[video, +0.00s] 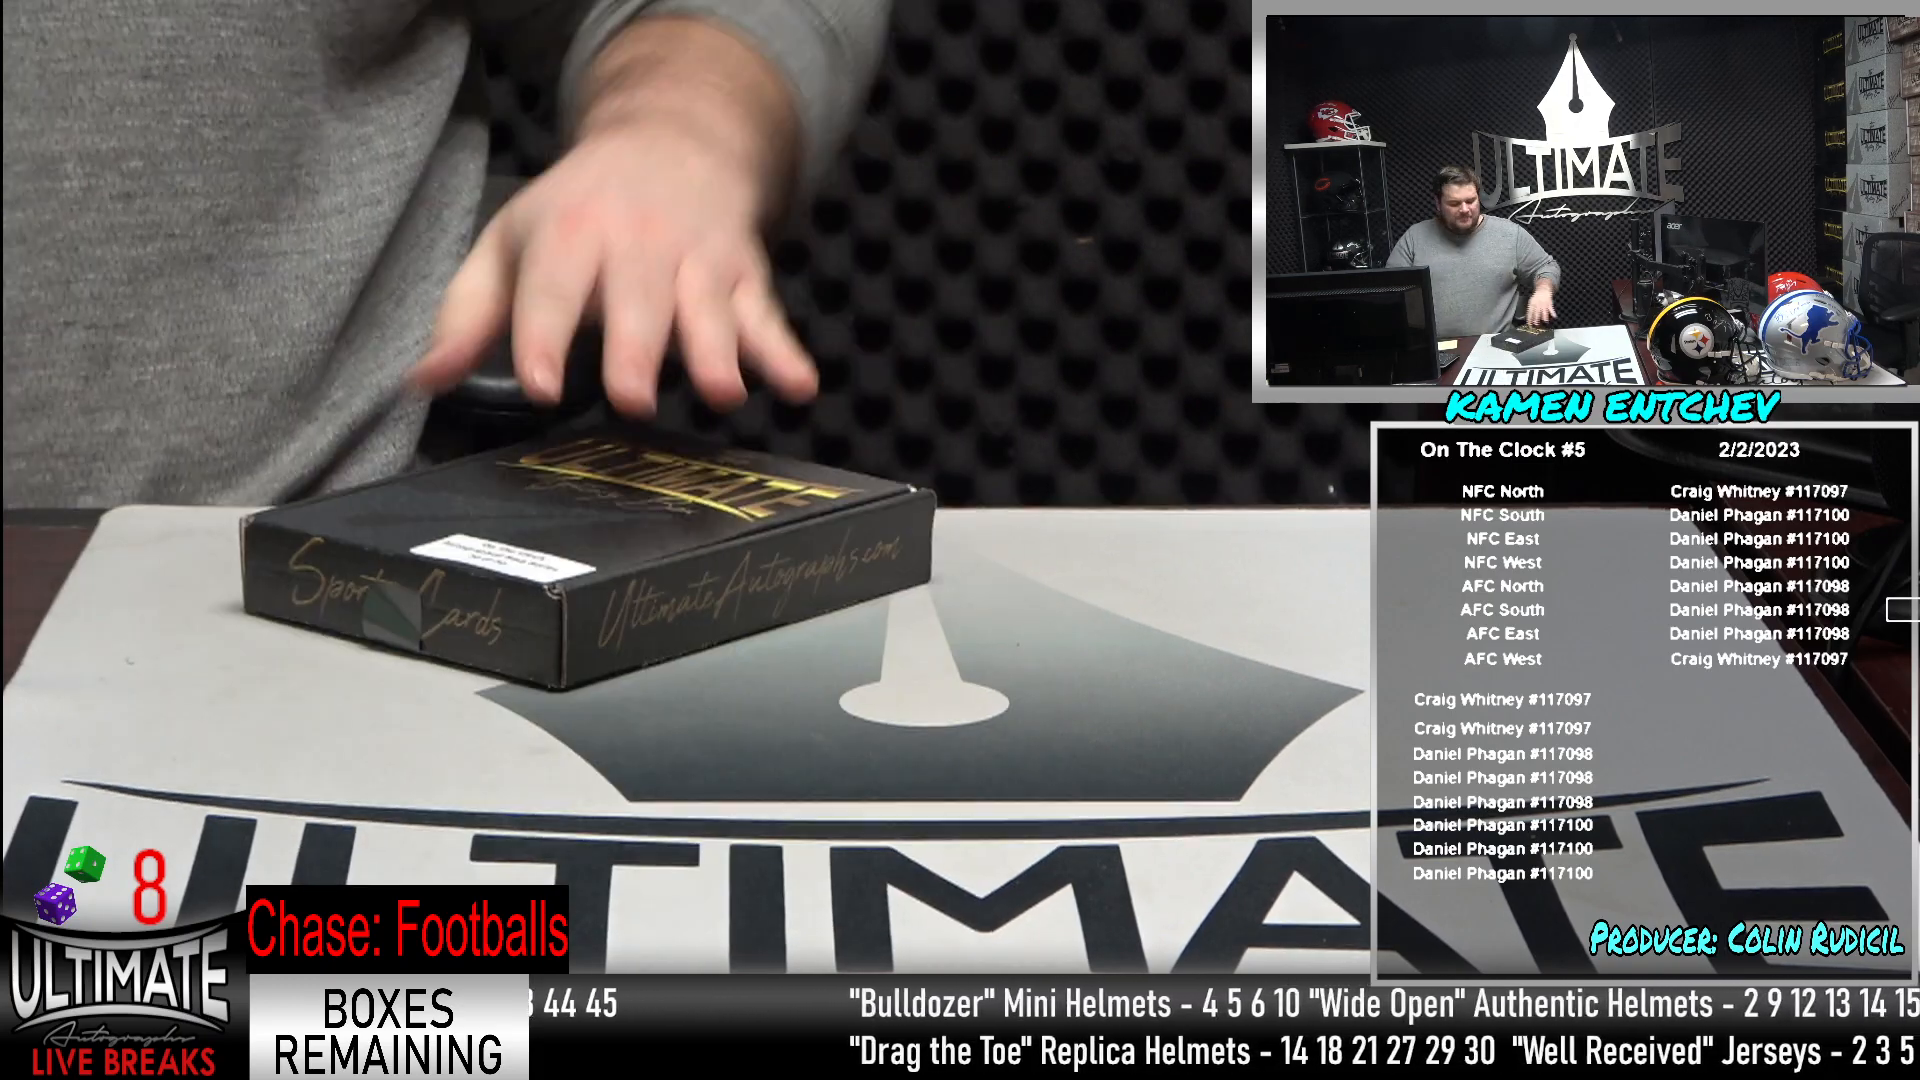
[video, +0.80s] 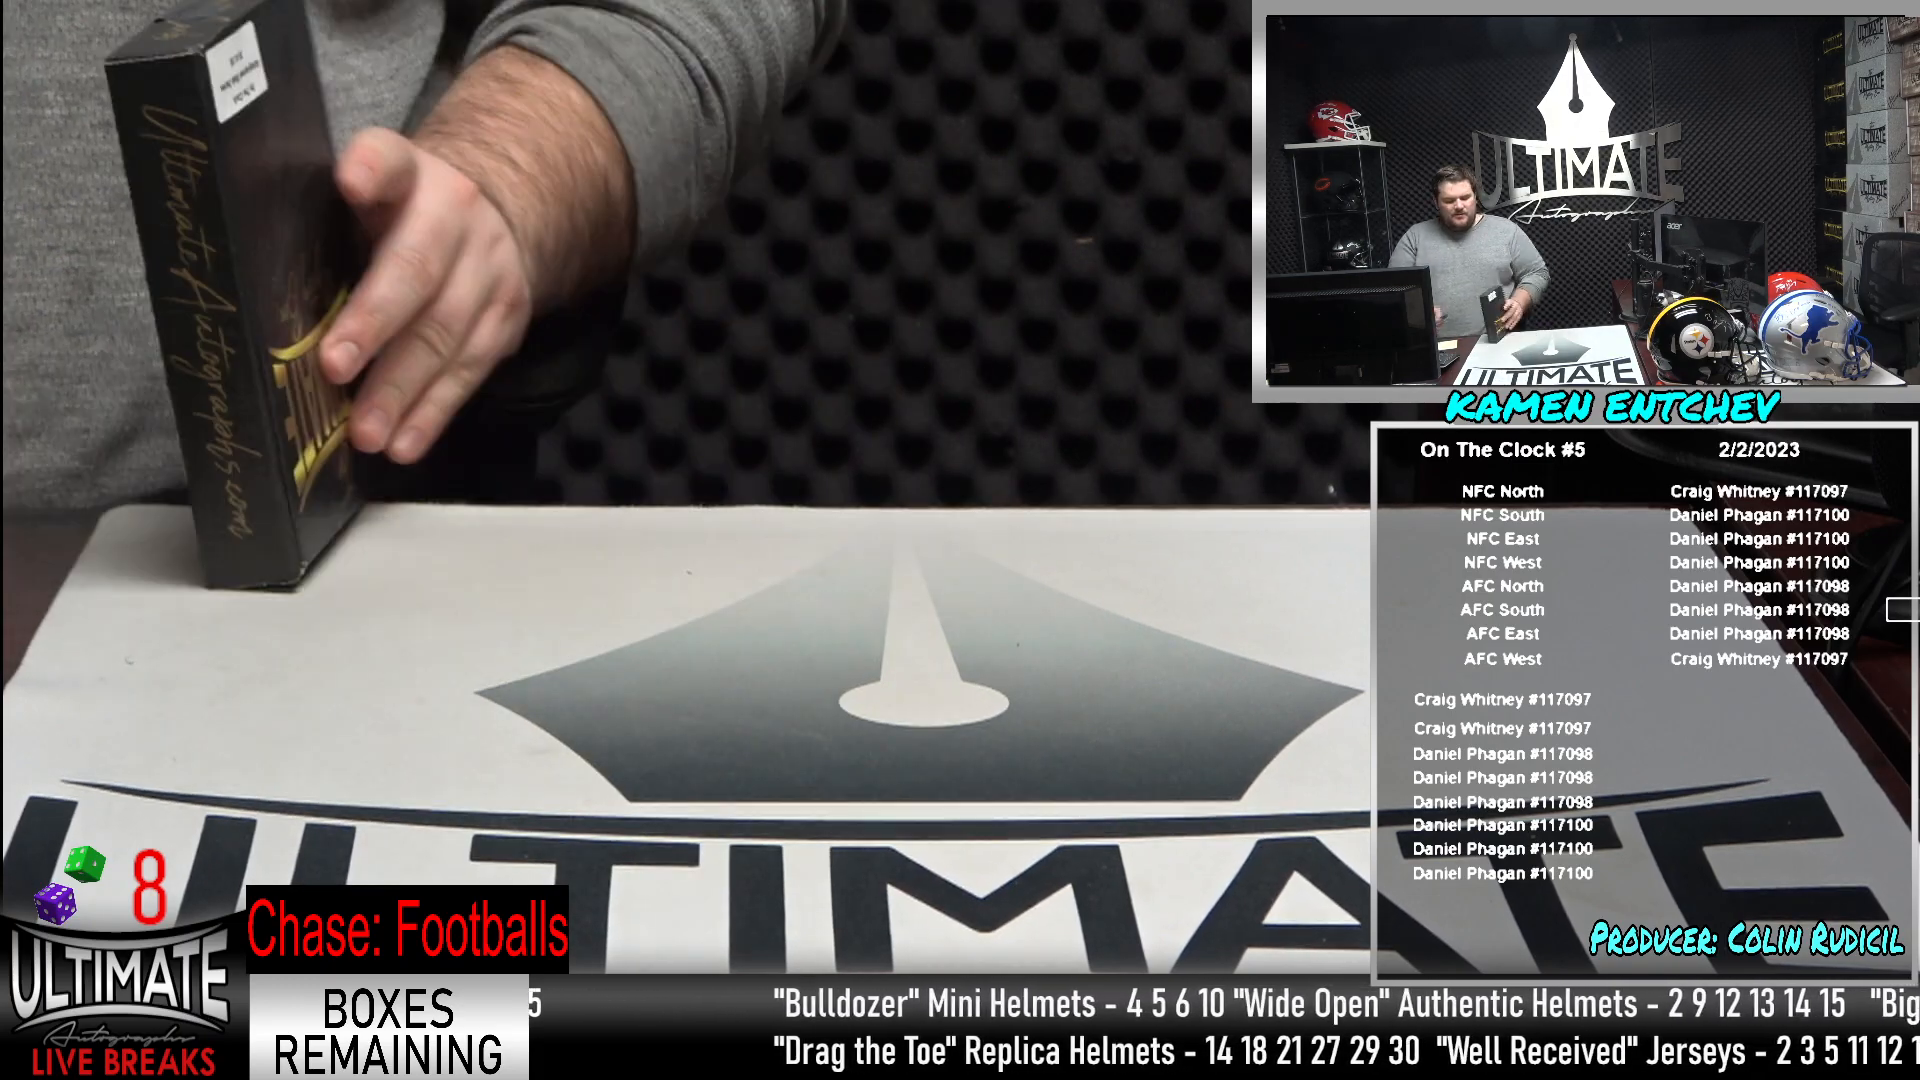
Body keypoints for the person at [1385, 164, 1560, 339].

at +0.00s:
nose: (1464, 210)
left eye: (1470, 201)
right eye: (1455, 203)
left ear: (1479, 198)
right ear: (1438, 204)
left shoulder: (1510, 234)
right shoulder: (1415, 238)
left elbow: (1545, 266)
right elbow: (1389, 288)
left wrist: (1543, 292)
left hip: (1499, 353)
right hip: (1434, 356)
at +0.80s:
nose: (1459, 206)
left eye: (1465, 197)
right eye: (1450, 200)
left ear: (1475, 197)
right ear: (1436, 202)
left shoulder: (1506, 231)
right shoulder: (1416, 237)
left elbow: (1536, 272)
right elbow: (1394, 287)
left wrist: (1520, 301)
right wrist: (1419, 311)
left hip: (1497, 349)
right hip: (1436, 354)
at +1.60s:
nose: (1447, 210)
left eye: (1452, 201)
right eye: (1438, 206)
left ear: (1467, 196)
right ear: (1429, 208)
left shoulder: (1504, 230)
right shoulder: (1415, 239)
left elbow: (1535, 273)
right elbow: (1395, 287)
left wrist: (1508, 302)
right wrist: (1434, 298)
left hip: (1499, 346)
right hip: (1438, 351)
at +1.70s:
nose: (1447, 210)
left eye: (1452, 201)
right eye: (1438, 206)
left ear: (1467, 196)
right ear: (1429, 208)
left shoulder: (1504, 230)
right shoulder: (1415, 239)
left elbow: (1535, 273)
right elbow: (1395, 287)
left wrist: (1508, 302)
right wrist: (1434, 298)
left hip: (1499, 346)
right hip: (1438, 351)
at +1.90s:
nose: (1447, 210)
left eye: (1452, 200)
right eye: (1437, 206)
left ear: (1466, 196)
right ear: (1429, 208)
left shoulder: (1503, 230)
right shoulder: (1415, 239)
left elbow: (1534, 272)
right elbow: (1393, 287)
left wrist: (1511, 300)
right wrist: (1433, 296)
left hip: (1501, 348)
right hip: (1438, 353)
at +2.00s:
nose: (1449, 209)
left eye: (1454, 199)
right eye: (1439, 204)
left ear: (1468, 196)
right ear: (1430, 207)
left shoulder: (1503, 231)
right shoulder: (1415, 239)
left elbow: (1535, 272)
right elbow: (1392, 290)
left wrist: (1515, 297)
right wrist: (1425, 305)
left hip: (1499, 348)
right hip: (1437, 353)